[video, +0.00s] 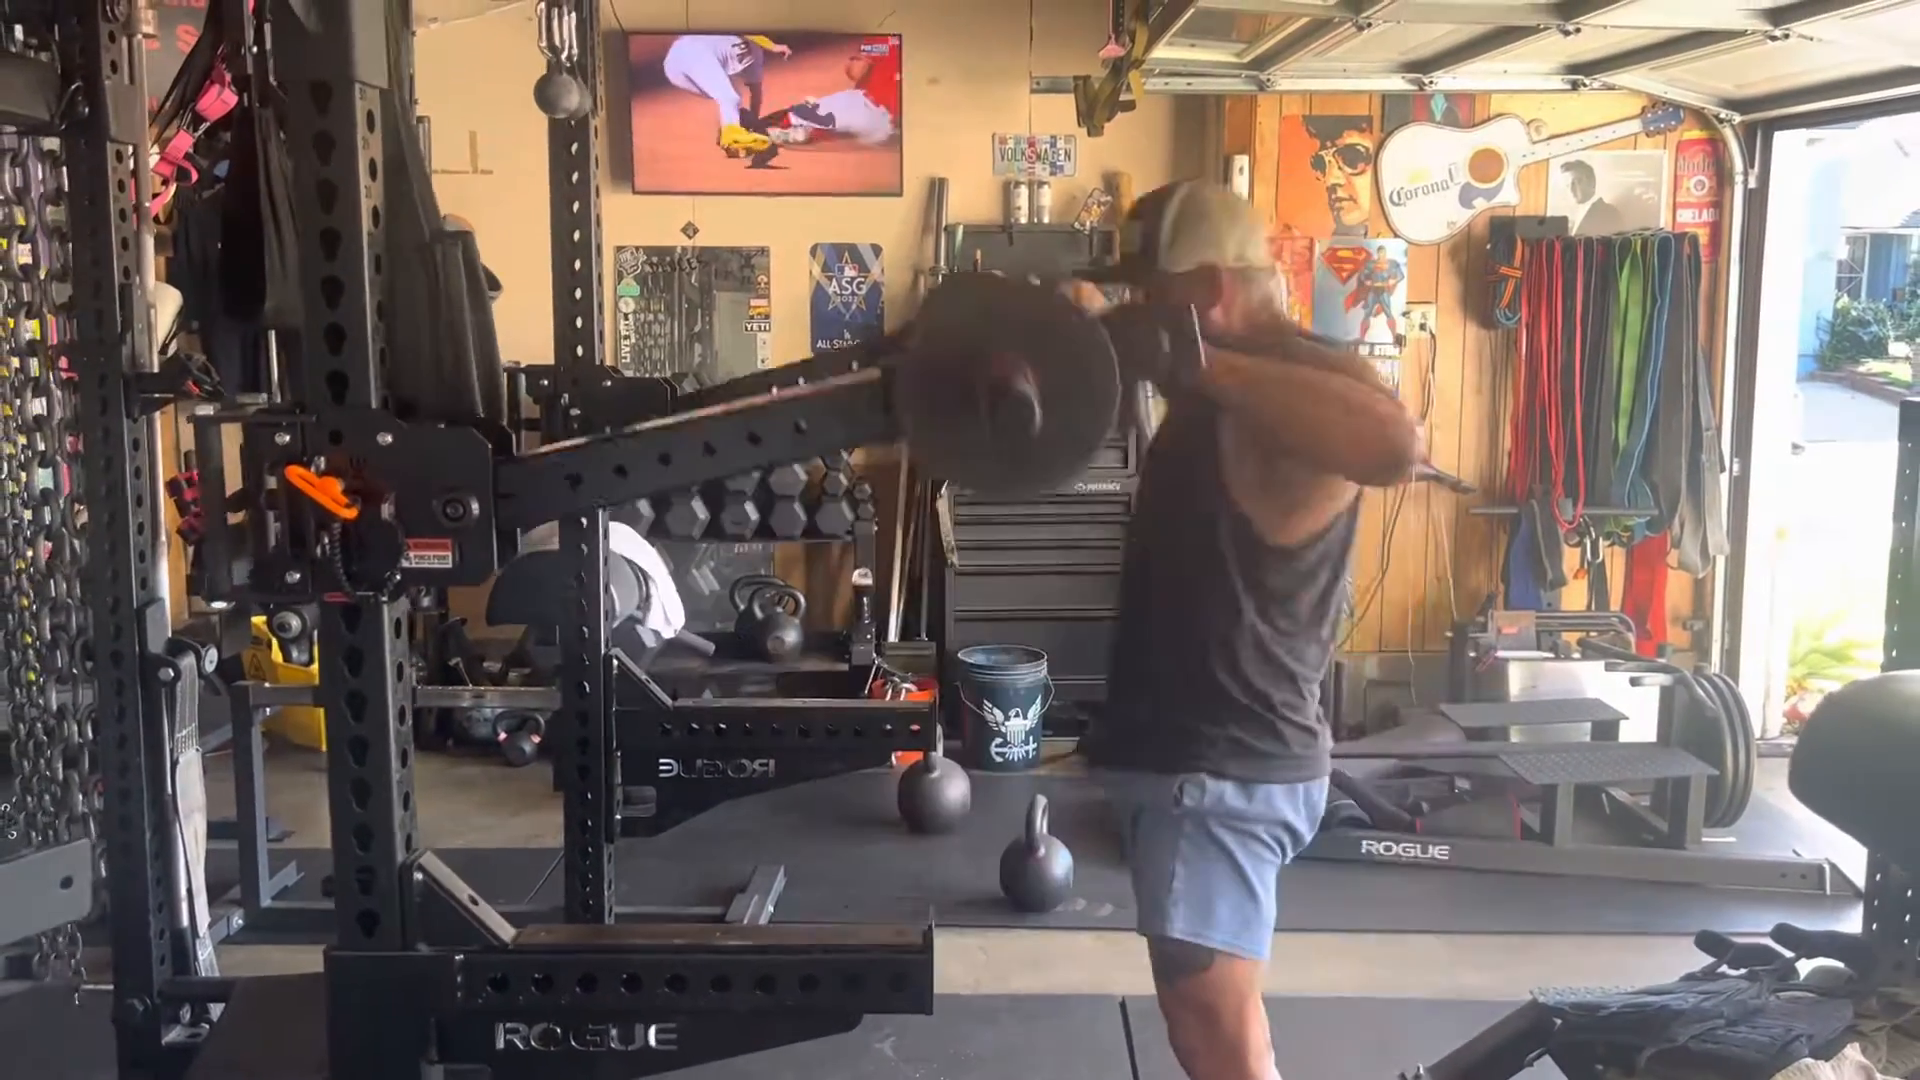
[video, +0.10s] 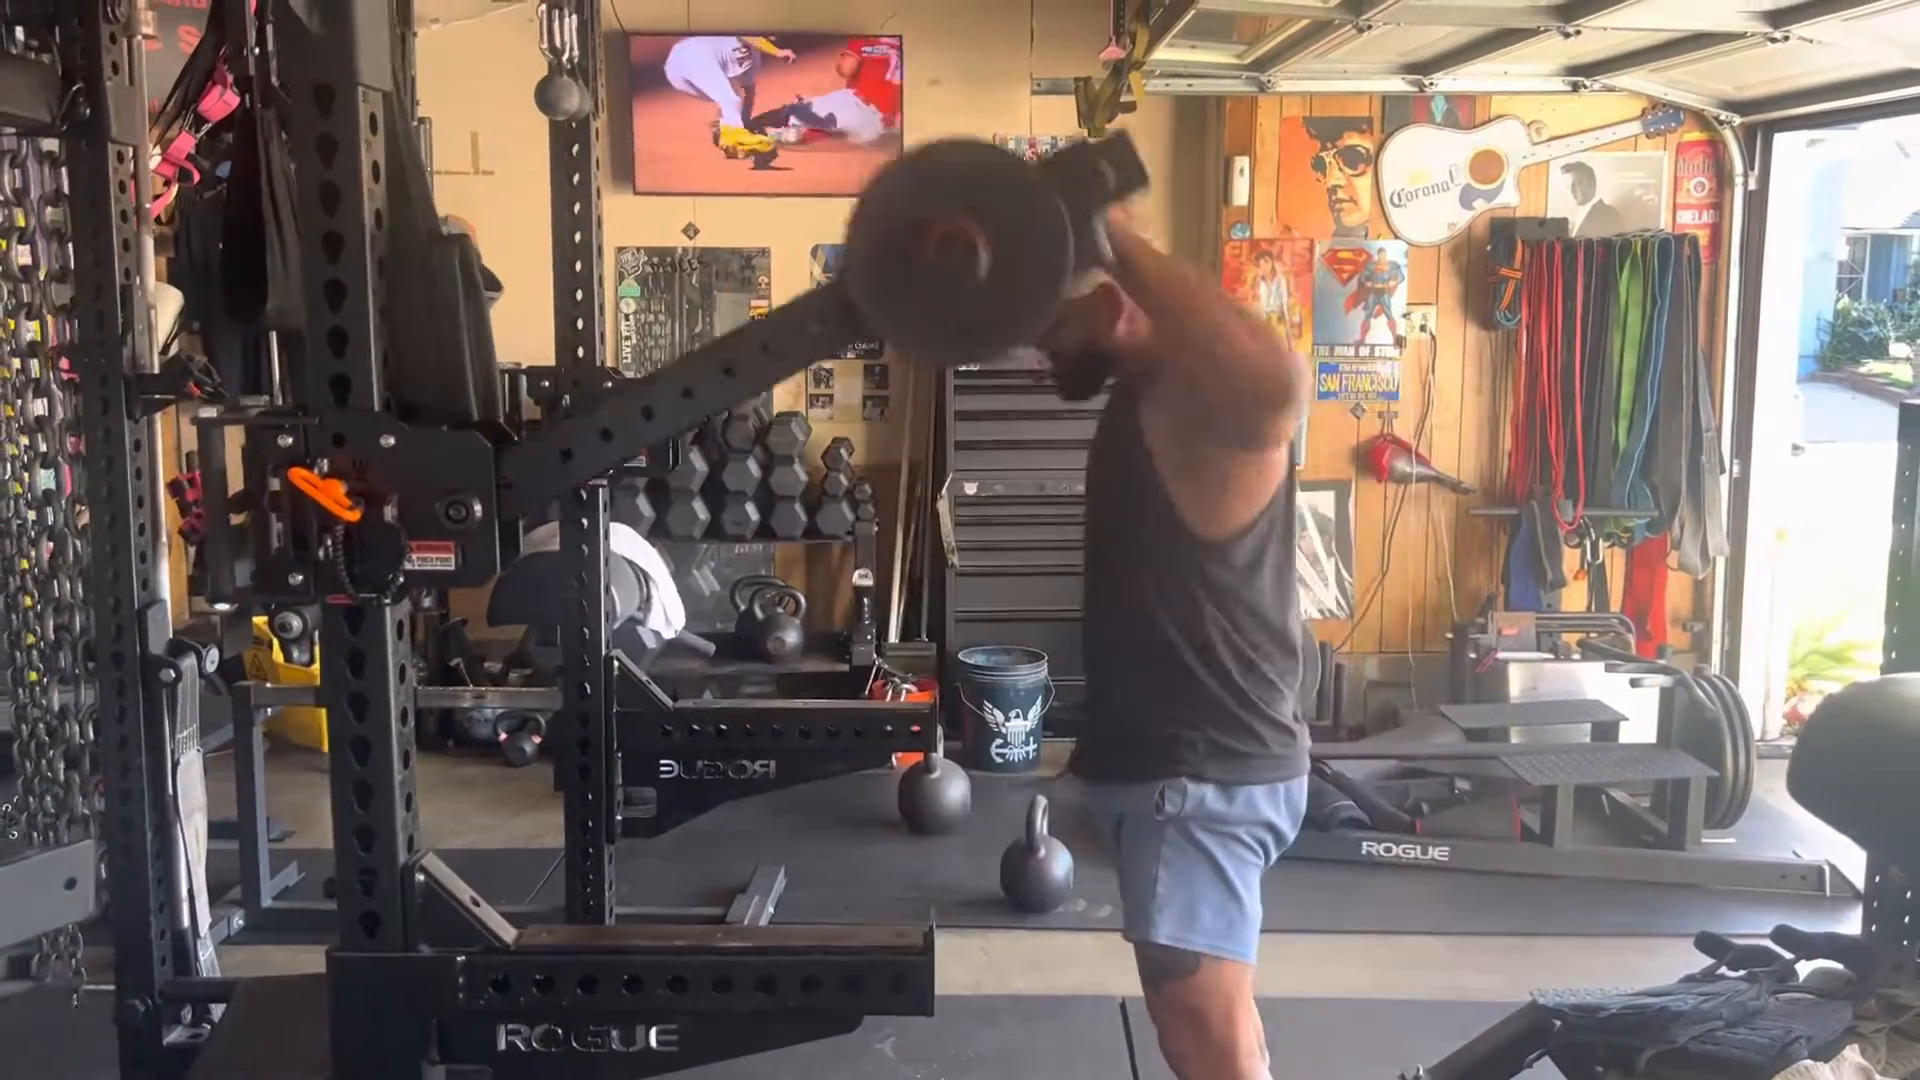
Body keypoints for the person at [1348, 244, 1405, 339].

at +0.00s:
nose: (1381, 255)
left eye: (1383, 253)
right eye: (1380, 253)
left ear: (1386, 253)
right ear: (1377, 253)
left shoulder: (1392, 264)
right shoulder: (1370, 264)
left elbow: (1401, 276)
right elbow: (1362, 275)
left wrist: (1393, 282)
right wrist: (1366, 281)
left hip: (1385, 288)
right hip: (1373, 288)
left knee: (1388, 313)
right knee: (1367, 313)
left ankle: (1394, 337)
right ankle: (1362, 337)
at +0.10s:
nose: (1381, 257)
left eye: (1383, 254)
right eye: (1380, 254)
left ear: (1386, 255)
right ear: (1377, 255)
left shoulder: (1393, 265)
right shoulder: (1371, 265)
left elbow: (1401, 277)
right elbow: (1363, 276)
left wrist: (1394, 283)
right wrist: (1366, 282)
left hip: (1385, 290)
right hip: (1374, 290)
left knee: (1389, 314)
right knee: (1368, 314)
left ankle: (1394, 338)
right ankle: (1362, 338)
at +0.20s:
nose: (1382, 257)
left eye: (1384, 254)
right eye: (1380, 254)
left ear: (1386, 255)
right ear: (1378, 255)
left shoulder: (1393, 266)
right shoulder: (1371, 266)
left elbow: (1401, 277)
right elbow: (1363, 277)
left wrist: (1394, 284)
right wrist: (1367, 284)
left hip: (1386, 290)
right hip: (1374, 290)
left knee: (1389, 314)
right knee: (1368, 314)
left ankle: (1395, 338)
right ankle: (1362, 339)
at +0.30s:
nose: (1383, 257)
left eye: (1385, 255)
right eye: (1382, 255)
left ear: (1388, 256)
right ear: (1379, 256)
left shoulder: (1394, 266)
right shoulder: (1373, 266)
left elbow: (1403, 277)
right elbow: (1365, 277)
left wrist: (1396, 284)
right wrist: (1369, 284)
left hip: (1387, 290)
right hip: (1375, 290)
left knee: (1390, 314)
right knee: (1370, 314)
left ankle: (1396, 338)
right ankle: (1364, 339)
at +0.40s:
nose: (1385, 257)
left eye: (1387, 254)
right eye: (1384, 254)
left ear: (1390, 255)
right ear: (1381, 255)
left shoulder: (1396, 265)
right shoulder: (1375, 265)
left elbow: (1404, 276)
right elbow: (1367, 276)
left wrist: (1397, 282)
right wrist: (1371, 283)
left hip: (1389, 290)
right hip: (1377, 290)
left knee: (1392, 313)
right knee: (1371, 314)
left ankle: (1398, 337)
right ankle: (1365, 338)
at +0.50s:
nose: (1387, 255)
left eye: (1389, 252)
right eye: (1385, 252)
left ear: (1391, 253)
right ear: (1383, 253)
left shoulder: (1398, 264)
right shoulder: (1377, 264)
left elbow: (1406, 275)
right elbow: (1368, 275)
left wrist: (1399, 281)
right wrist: (1373, 281)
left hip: (1391, 288)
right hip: (1379, 288)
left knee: (1394, 311)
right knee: (1373, 312)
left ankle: (1400, 335)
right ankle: (1367, 336)